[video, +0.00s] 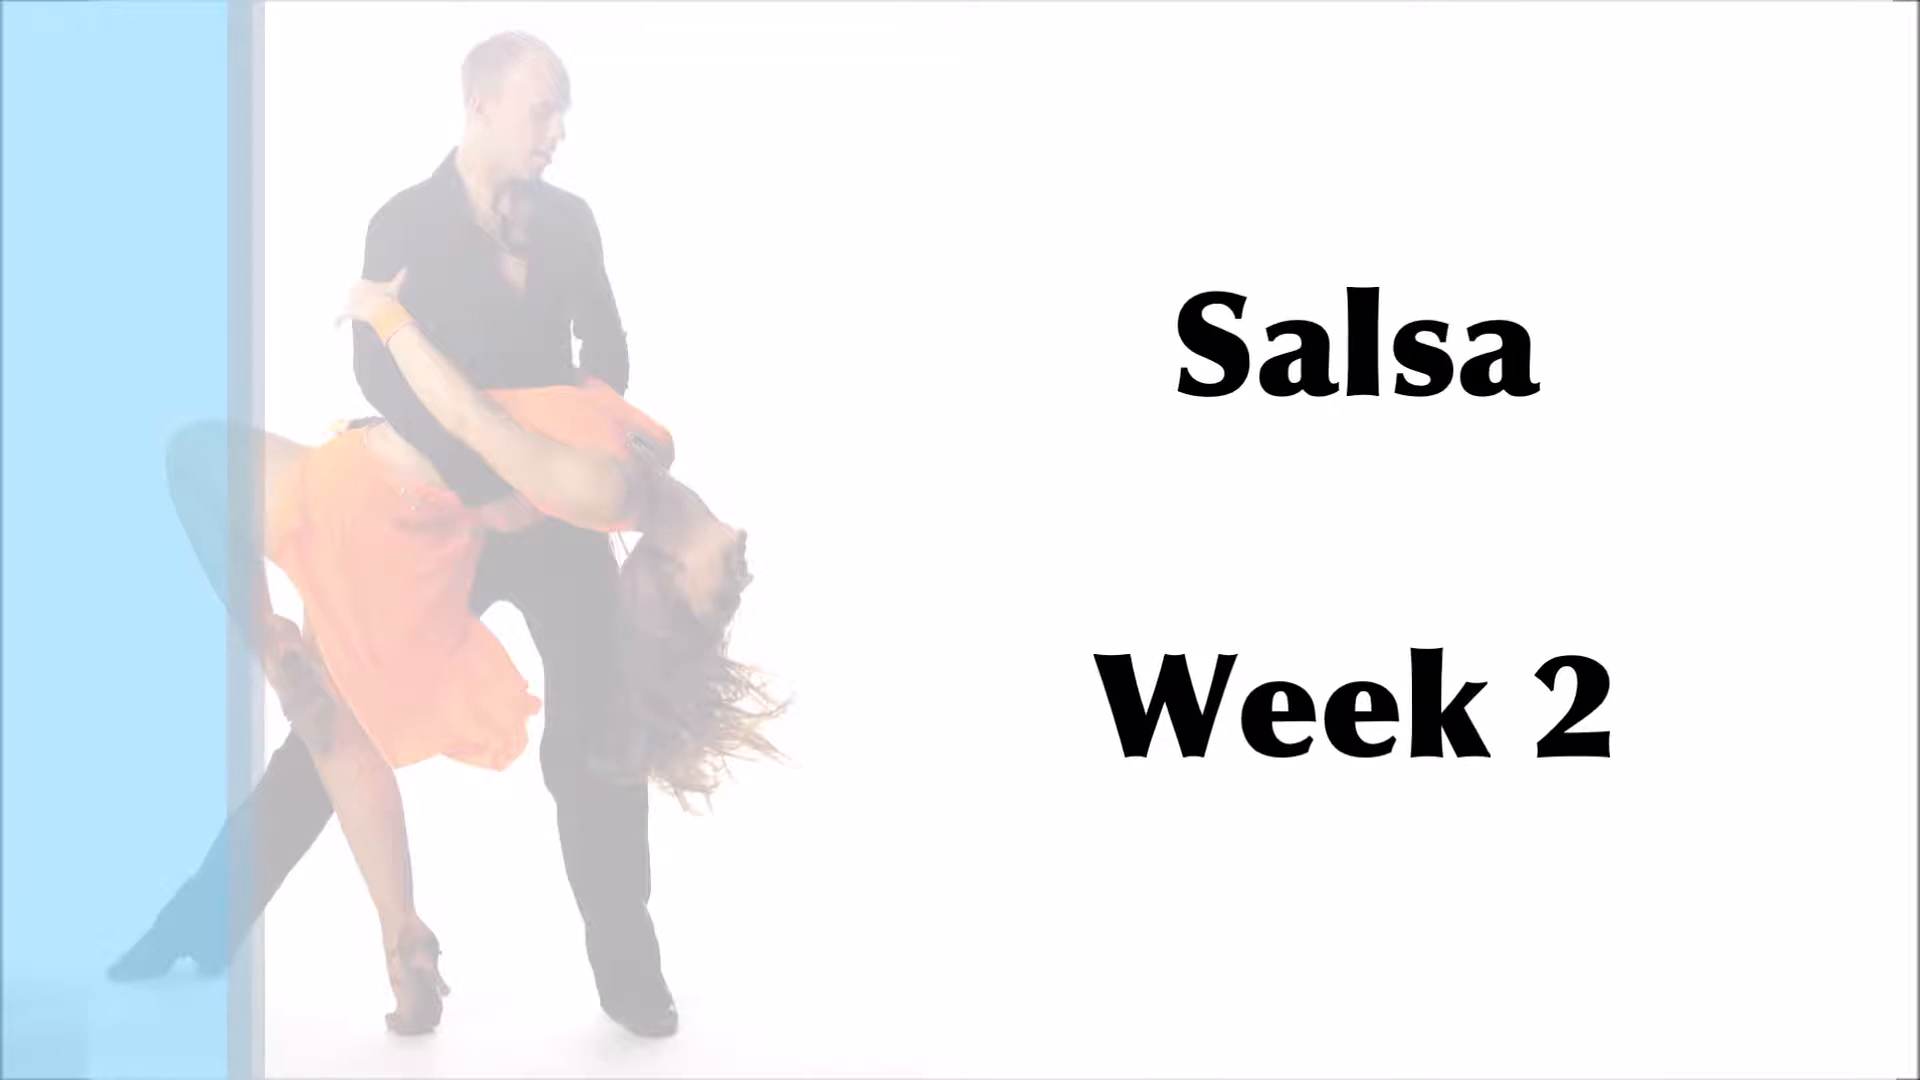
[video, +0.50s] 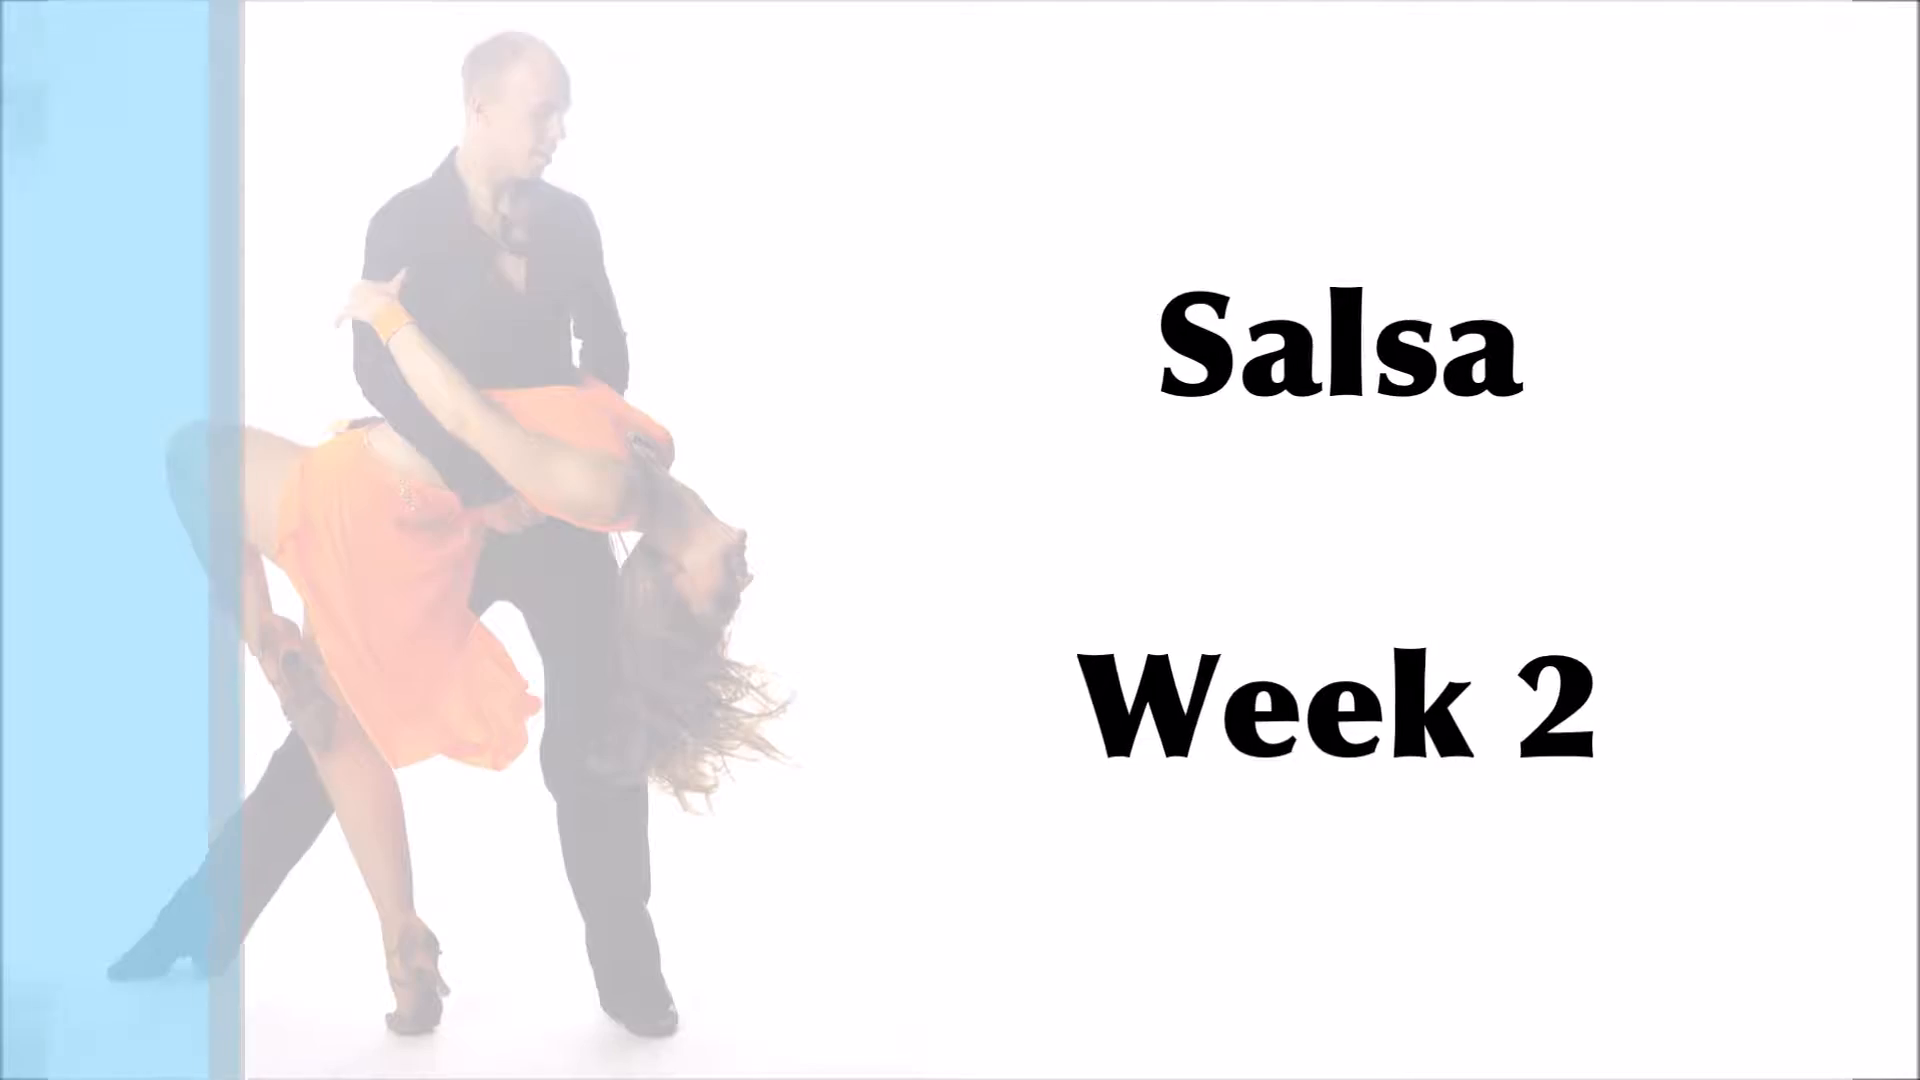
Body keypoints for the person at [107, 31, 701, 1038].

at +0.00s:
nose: (556, 132)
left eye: (562, 114)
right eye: (541, 112)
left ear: (554, 121)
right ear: (480, 109)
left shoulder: (567, 220)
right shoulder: (406, 223)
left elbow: (607, 340)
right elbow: (378, 368)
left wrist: (595, 432)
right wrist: (461, 469)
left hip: (554, 524)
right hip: (441, 521)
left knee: (599, 723)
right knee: (350, 721)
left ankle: (627, 958)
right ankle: (208, 921)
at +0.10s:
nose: (556, 132)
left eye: (562, 114)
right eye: (541, 112)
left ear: (554, 120)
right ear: (480, 109)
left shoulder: (567, 220)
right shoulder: (406, 223)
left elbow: (607, 342)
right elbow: (377, 367)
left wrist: (593, 438)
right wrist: (460, 469)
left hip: (553, 524)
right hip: (440, 522)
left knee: (600, 724)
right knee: (348, 725)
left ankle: (628, 958)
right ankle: (205, 925)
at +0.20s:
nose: (556, 132)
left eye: (562, 114)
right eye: (541, 112)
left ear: (553, 120)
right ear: (480, 109)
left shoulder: (567, 220)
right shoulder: (406, 223)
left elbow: (607, 340)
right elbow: (378, 368)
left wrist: (594, 435)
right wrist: (461, 469)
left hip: (554, 525)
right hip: (441, 521)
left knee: (599, 724)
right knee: (348, 723)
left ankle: (627, 958)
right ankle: (207, 923)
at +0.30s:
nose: (555, 135)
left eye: (562, 117)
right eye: (541, 115)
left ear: (554, 120)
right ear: (480, 112)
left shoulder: (567, 220)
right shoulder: (406, 223)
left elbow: (608, 341)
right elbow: (379, 368)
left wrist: (595, 437)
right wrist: (462, 469)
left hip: (554, 524)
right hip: (444, 519)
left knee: (600, 721)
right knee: (348, 720)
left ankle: (627, 958)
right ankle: (210, 922)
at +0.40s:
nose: (555, 135)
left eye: (562, 117)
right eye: (541, 115)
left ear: (554, 120)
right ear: (480, 112)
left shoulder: (567, 220)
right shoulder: (406, 224)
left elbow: (608, 342)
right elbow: (379, 369)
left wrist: (596, 436)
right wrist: (464, 469)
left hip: (554, 523)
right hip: (444, 519)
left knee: (599, 719)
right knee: (348, 719)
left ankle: (627, 958)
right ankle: (210, 920)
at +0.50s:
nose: (555, 135)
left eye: (562, 117)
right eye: (541, 115)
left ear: (556, 120)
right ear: (479, 109)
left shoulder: (567, 220)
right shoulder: (406, 223)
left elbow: (608, 347)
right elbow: (379, 371)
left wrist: (593, 440)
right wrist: (466, 473)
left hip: (554, 525)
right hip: (445, 521)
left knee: (599, 725)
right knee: (344, 725)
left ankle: (628, 961)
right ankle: (201, 932)